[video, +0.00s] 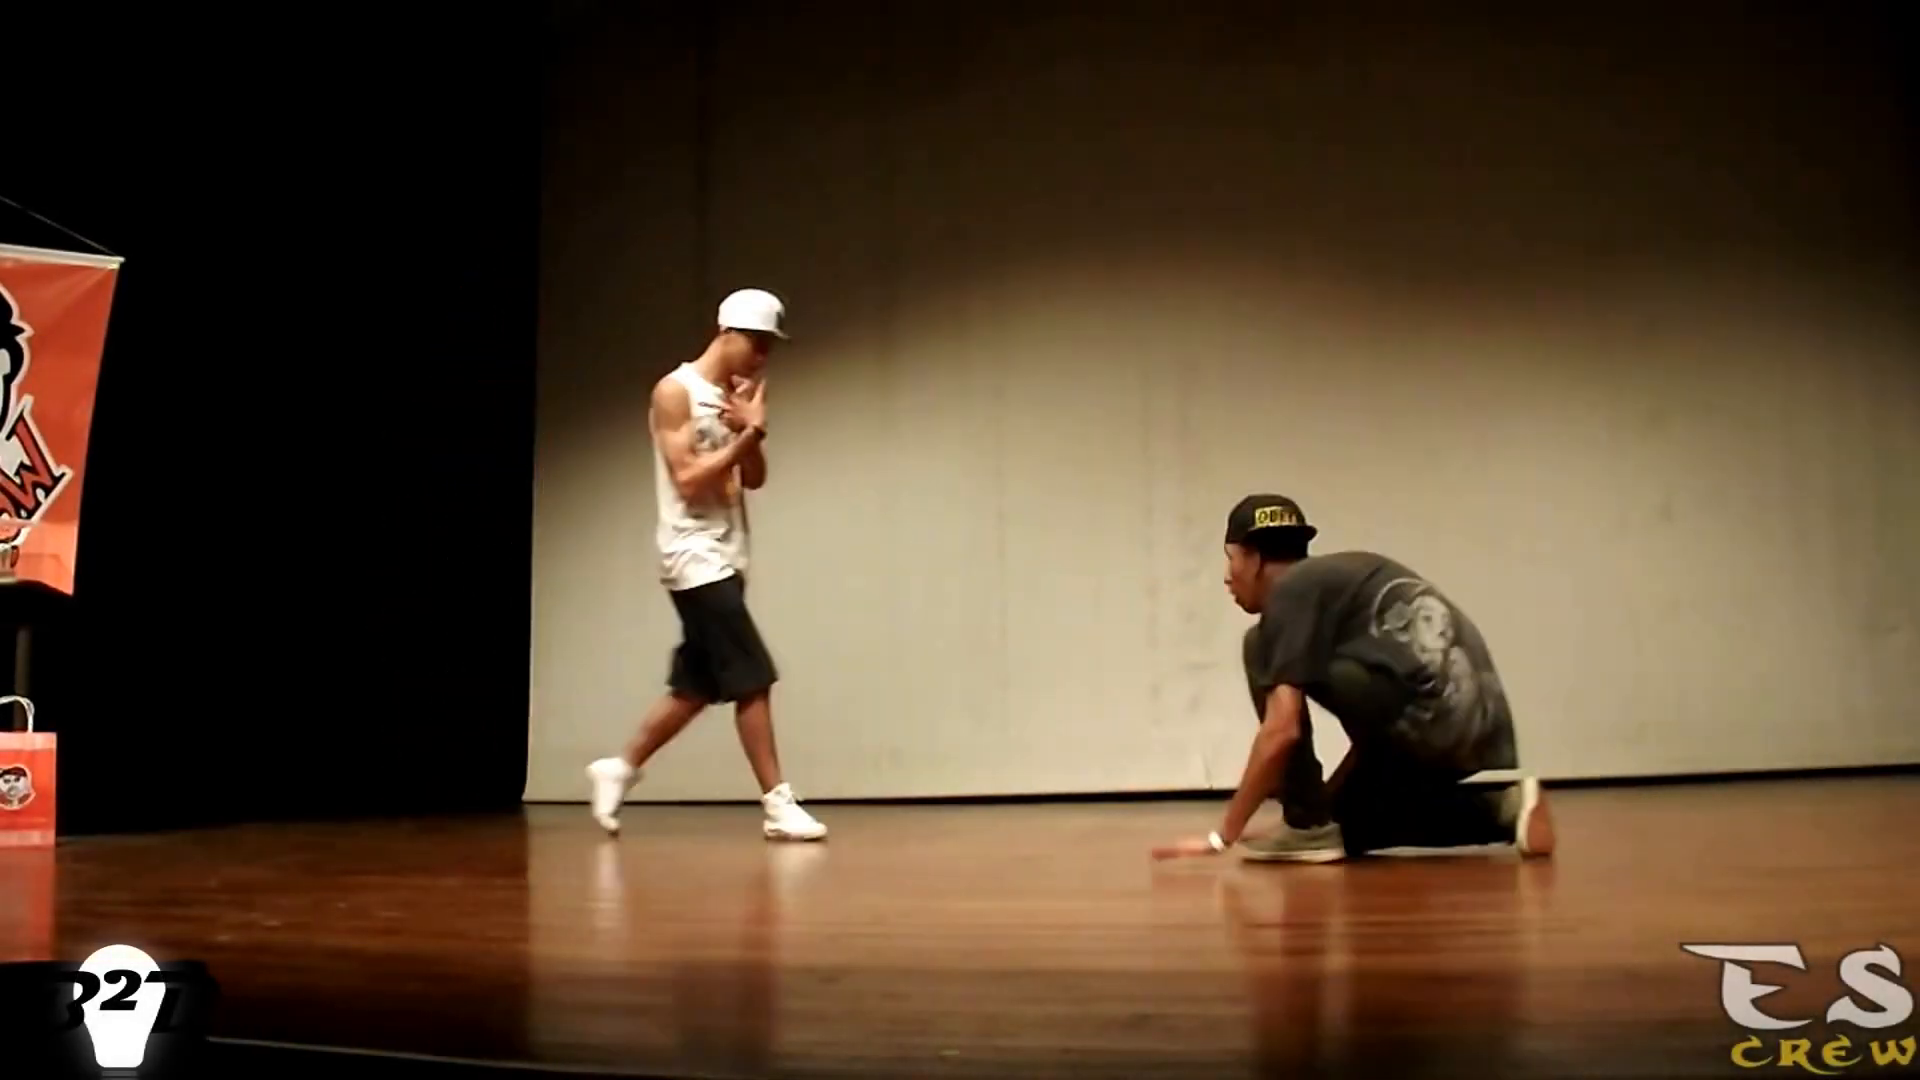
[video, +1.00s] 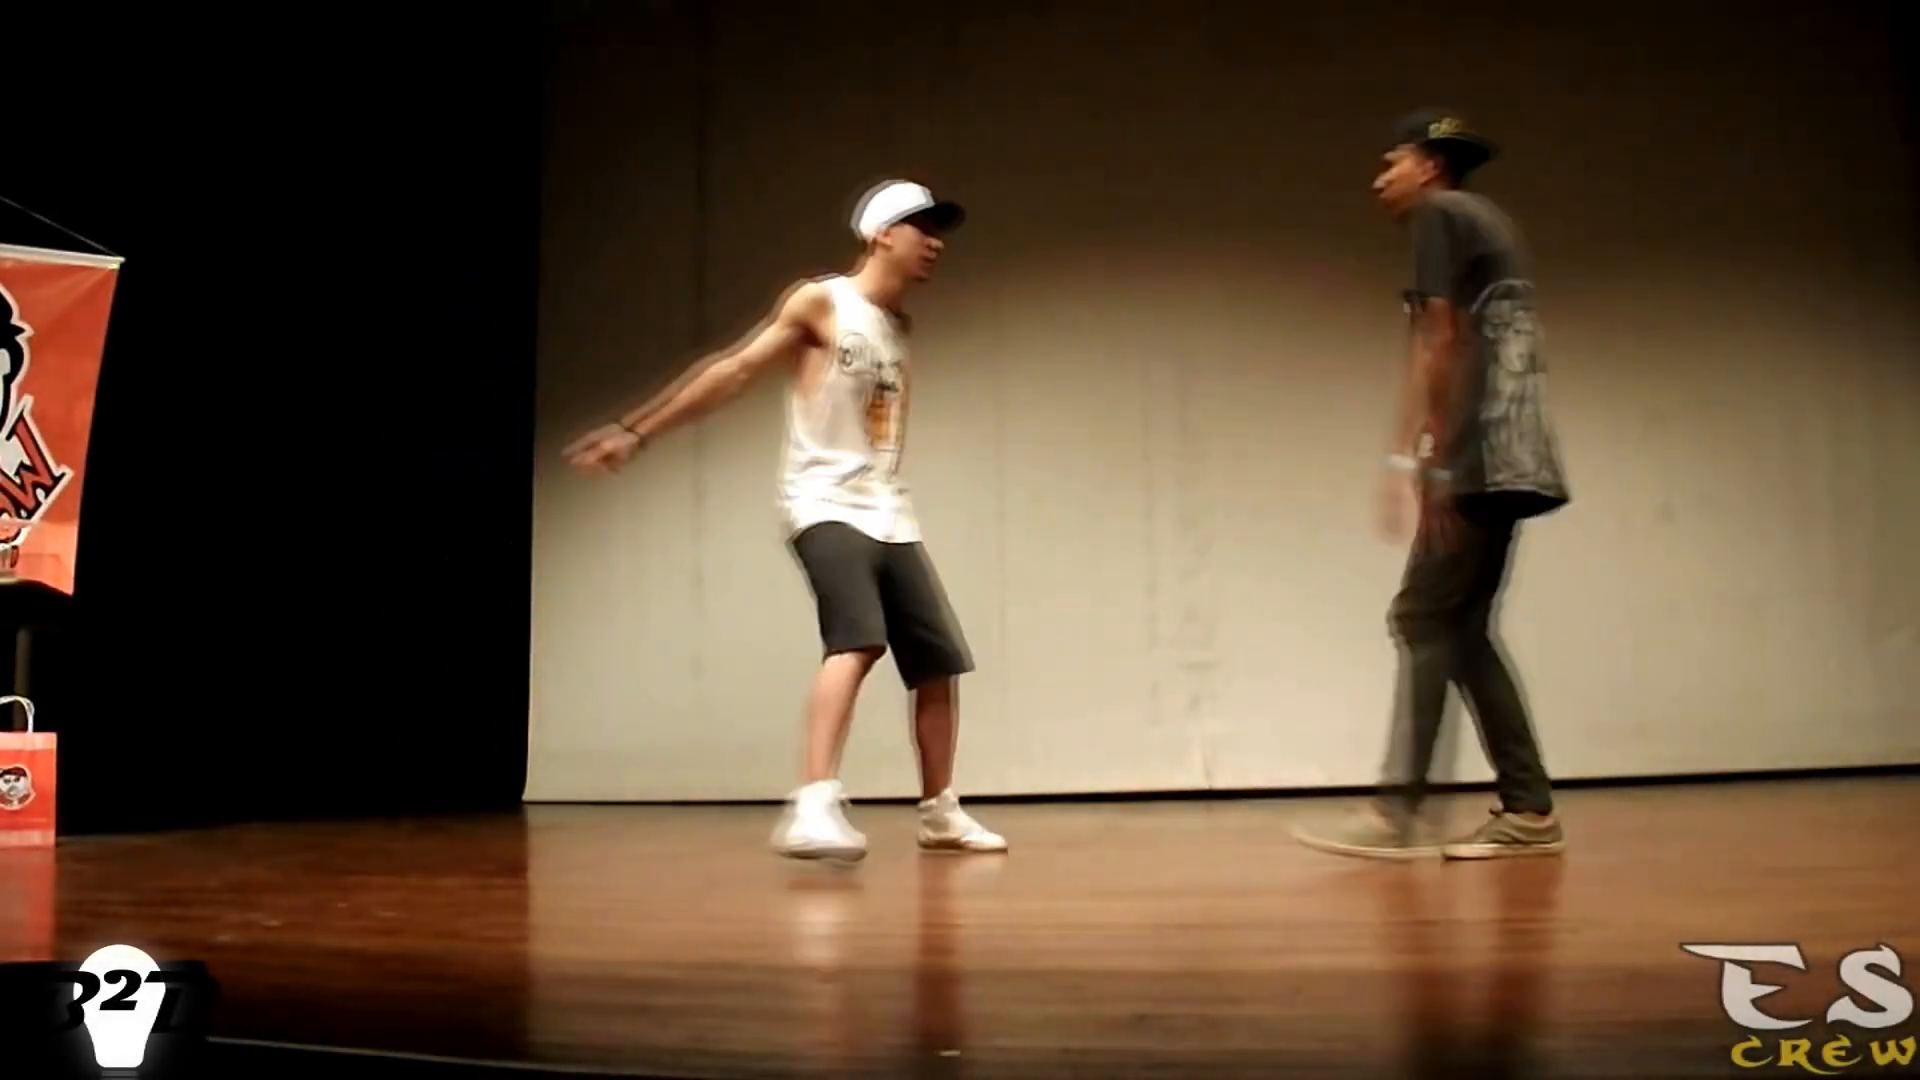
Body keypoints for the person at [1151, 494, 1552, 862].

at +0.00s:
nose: (1225, 576)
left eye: (1229, 558)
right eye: (1226, 560)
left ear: (1257, 556)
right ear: (1291, 551)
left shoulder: (1293, 593)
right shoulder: (1347, 583)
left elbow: (1283, 732)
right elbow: (1377, 732)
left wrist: (1222, 837)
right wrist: (1321, 802)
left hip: (1431, 725)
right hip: (1480, 735)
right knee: (1349, 827)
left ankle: (1310, 828)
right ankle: (1501, 809)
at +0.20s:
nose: (1212, 542)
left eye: (1216, 527)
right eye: (1215, 527)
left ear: (1237, 532)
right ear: (1282, 527)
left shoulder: (1272, 575)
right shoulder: (1324, 565)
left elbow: (1269, 720)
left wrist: (1225, 838)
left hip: (1398, 720)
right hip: (1449, 726)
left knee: (1235, 655)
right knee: (1332, 819)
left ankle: (1306, 825)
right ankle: (1474, 809)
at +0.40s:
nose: (1218, 423)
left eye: (1226, 408)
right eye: (1223, 407)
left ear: (1247, 417)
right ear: (1286, 418)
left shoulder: (1271, 483)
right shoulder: (1321, 473)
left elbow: (1236, 621)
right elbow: (1320, 621)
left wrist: (1185, 717)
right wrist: (1268, 736)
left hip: (1376, 647)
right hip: (1418, 654)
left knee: (1229, 658)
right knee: (1323, 789)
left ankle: (1305, 820)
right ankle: (1483, 803)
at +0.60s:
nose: (1241, 302)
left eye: (1253, 286)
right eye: (1247, 286)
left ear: (1284, 294)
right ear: (1301, 298)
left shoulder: (1302, 357)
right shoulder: (1333, 359)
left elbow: (1228, 463)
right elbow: (1291, 488)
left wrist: (1123, 510)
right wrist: (1230, 547)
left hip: (1388, 556)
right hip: (1423, 559)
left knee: (1245, 643)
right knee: (1325, 710)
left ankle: (1307, 820)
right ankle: (1487, 761)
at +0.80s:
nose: (1309, 211)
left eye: (1321, 198)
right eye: (1315, 198)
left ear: (1352, 203)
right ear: (1366, 207)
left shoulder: (1367, 249)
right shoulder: (1392, 258)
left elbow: (1299, 346)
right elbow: (1344, 393)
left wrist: (1186, 407)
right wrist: (1287, 479)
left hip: (1430, 485)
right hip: (1454, 483)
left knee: (1334, 628)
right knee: (1374, 647)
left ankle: (1319, 825)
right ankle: (1508, 791)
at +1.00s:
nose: (1383, 175)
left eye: (1395, 161)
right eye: (1386, 163)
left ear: (1434, 163)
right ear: (1443, 165)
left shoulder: (1440, 214)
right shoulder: (1480, 218)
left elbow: (1445, 342)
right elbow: (1480, 351)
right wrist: (1440, 459)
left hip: (1471, 467)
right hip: (1501, 467)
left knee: (1421, 621)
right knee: (1465, 630)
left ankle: (1396, 813)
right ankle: (1529, 809)